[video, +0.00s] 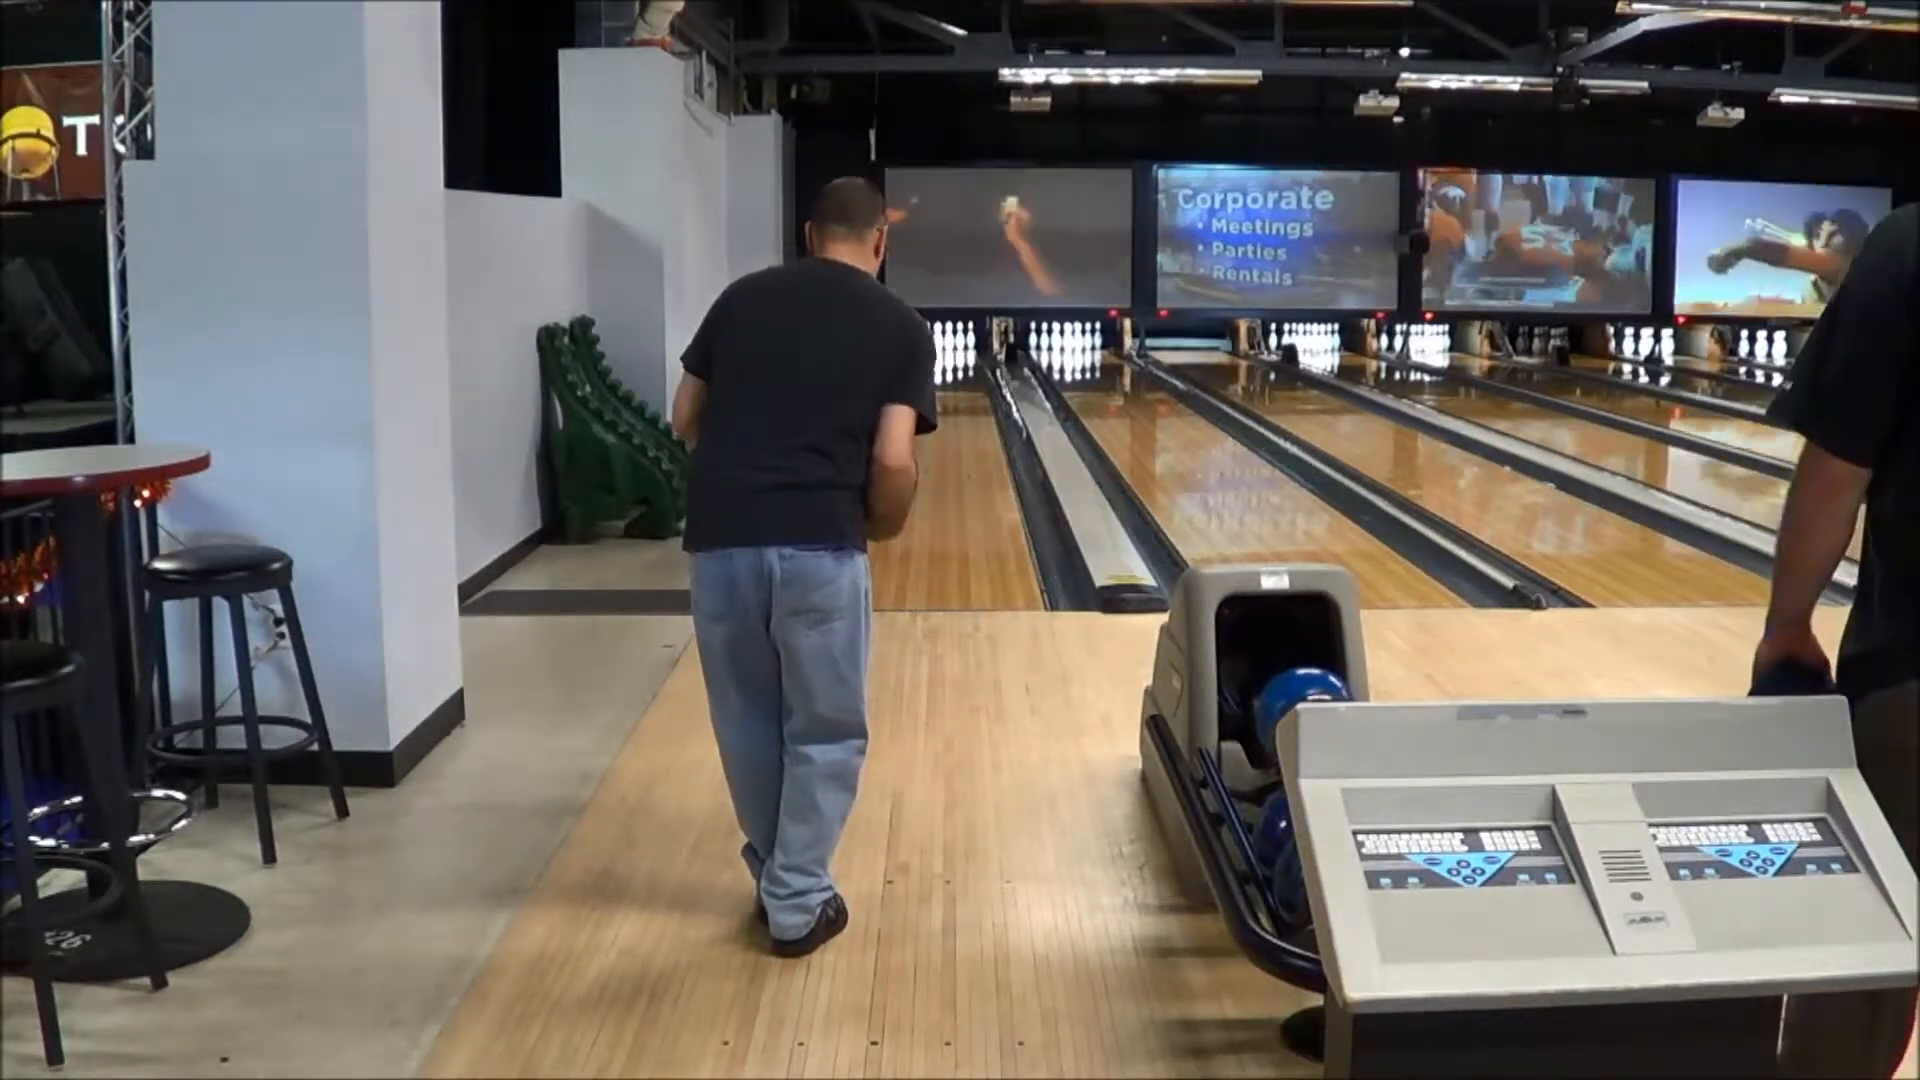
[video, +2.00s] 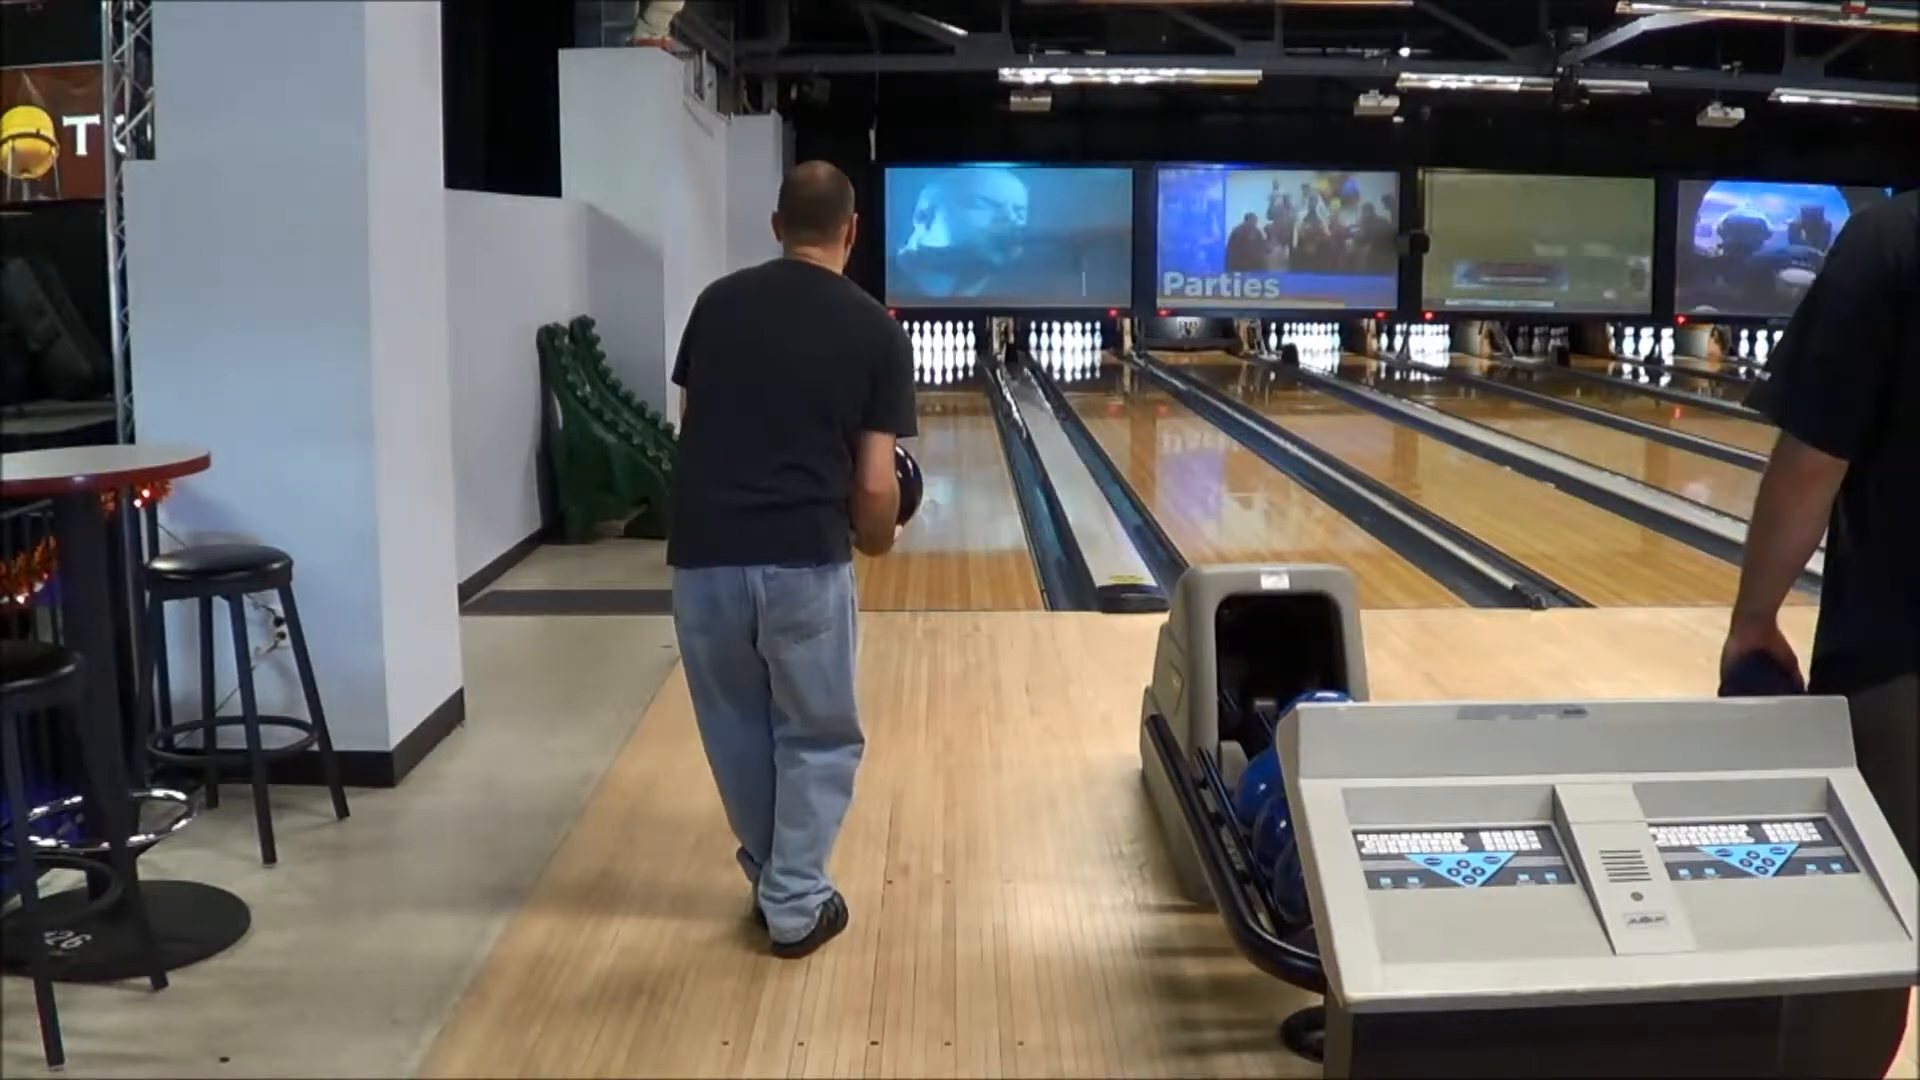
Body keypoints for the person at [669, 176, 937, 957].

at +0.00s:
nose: (882, 249)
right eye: (886, 238)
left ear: (808, 234)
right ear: (883, 237)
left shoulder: (744, 296)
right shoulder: (898, 324)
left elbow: (686, 416)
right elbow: (893, 460)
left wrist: (735, 470)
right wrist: (878, 528)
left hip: (720, 540)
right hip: (820, 543)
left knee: (744, 715)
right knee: (826, 729)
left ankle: (772, 868)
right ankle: (793, 904)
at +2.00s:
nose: (855, 235)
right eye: (857, 224)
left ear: (774, 226)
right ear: (852, 229)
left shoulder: (718, 302)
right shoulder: (872, 328)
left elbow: (688, 427)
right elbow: (875, 489)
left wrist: (726, 491)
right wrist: (877, 538)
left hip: (703, 556)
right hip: (806, 558)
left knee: (734, 724)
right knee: (819, 736)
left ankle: (767, 870)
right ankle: (793, 903)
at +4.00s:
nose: (864, 252)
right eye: (865, 244)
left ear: (794, 241)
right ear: (860, 247)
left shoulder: (742, 294)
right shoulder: (871, 331)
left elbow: (708, 393)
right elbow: (858, 468)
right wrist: (862, 508)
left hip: (703, 503)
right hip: (795, 509)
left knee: (716, 643)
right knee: (795, 666)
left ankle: (742, 763)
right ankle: (782, 800)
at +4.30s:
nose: (864, 270)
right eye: (865, 261)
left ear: (799, 258)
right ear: (861, 263)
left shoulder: (755, 303)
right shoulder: (869, 341)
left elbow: (749, 404)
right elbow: (862, 466)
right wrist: (854, 530)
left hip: (704, 496)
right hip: (782, 505)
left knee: (721, 635)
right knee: (794, 654)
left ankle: (751, 763)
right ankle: (779, 794)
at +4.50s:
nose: (864, 271)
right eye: (867, 262)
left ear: (804, 257)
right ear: (864, 262)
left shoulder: (764, 297)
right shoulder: (866, 320)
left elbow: (745, 395)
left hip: (701, 465)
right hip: (778, 473)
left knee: (722, 618)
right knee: (786, 625)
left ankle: (754, 744)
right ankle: (780, 770)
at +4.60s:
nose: (868, 271)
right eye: (869, 263)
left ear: (807, 260)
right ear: (865, 262)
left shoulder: (769, 297)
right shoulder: (861, 309)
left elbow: (723, 369)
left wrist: (682, 418)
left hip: (705, 457)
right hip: (778, 460)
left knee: (722, 613)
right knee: (794, 611)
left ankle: (755, 750)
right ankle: (780, 723)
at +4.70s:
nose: (876, 281)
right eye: (877, 273)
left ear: (813, 267)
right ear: (871, 271)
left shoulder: (777, 308)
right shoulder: (861, 306)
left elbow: (719, 361)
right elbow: (867, 356)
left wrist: (680, 391)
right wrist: (865, 425)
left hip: (710, 456)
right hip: (782, 457)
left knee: (730, 603)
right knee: (810, 593)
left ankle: (758, 750)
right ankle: (794, 710)